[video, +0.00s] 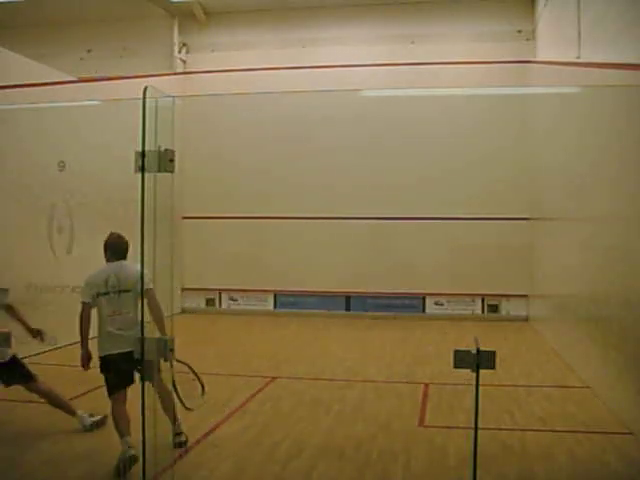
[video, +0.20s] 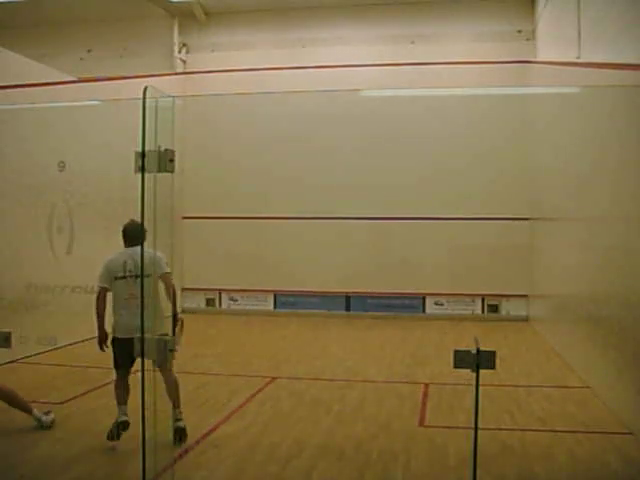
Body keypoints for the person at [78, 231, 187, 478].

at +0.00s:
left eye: (105, 249)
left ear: (104, 252)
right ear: (127, 252)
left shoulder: (94, 279)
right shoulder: (139, 273)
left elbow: (85, 314)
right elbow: (154, 305)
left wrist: (84, 348)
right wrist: (164, 337)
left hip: (111, 351)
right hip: (141, 346)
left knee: (118, 401)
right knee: (159, 383)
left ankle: (127, 446)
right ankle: (177, 430)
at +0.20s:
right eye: (143, 235)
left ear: (124, 238)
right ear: (145, 237)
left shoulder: (113, 262)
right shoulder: (156, 258)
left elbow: (101, 296)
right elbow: (170, 286)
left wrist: (101, 329)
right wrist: (176, 314)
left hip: (124, 333)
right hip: (154, 330)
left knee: (122, 375)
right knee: (167, 371)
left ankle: (122, 416)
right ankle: (178, 417)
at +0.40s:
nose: (151, 259)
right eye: (152, 255)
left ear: (134, 257)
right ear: (153, 257)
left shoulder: (120, 279)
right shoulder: (161, 279)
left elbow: (106, 307)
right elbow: (175, 308)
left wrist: (109, 333)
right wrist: (183, 325)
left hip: (127, 340)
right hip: (155, 340)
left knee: (116, 373)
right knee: (183, 367)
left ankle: (95, 410)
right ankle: (199, 411)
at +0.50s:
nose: (168, 270)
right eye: (168, 267)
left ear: (149, 268)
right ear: (168, 270)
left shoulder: (133, 288)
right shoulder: (170, 292)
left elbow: (118, 320)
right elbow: (184, 325)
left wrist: (126, 340)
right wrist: (197, 342)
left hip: (132, 348)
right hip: (158, 350)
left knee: (123, 375)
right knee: (190, 366)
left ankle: (97, 410)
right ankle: (204, 411)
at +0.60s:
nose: (190, 263)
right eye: (190, 260)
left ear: (173, 261)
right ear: (190, 261)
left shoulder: (161, 280)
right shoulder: (190, 284)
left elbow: (142, 311)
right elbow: (198, 319)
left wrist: (154, 328)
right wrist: (212, 348)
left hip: (153, 341)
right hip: (177, 343)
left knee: (136, 373)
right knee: (208, 361)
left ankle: (103, 407)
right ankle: (208, 410)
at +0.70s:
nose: (215, 246)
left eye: (214, 242)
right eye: (214, 243)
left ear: (194, 244)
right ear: (211, 244)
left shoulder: (182, 262)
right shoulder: (207, 265)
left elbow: (170, 295)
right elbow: (206, 300)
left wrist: (189, 306)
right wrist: (215, 332)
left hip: (177, 329)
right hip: (198, 330)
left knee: (166, 367)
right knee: (216, 364)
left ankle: (142, 407)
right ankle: (210, 410)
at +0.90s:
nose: (258, 245)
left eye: (258, 240)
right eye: (256, 240)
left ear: (242, 238)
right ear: (247, 239)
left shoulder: (235, 256)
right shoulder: (233, 253)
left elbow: (229, 295)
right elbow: (220, 270)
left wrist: (240, 317)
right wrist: (214, 287)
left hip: (221, 323)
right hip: (226, 324)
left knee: (235, 367)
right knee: (252, 367)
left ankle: (233, 413)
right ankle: (250, 418)